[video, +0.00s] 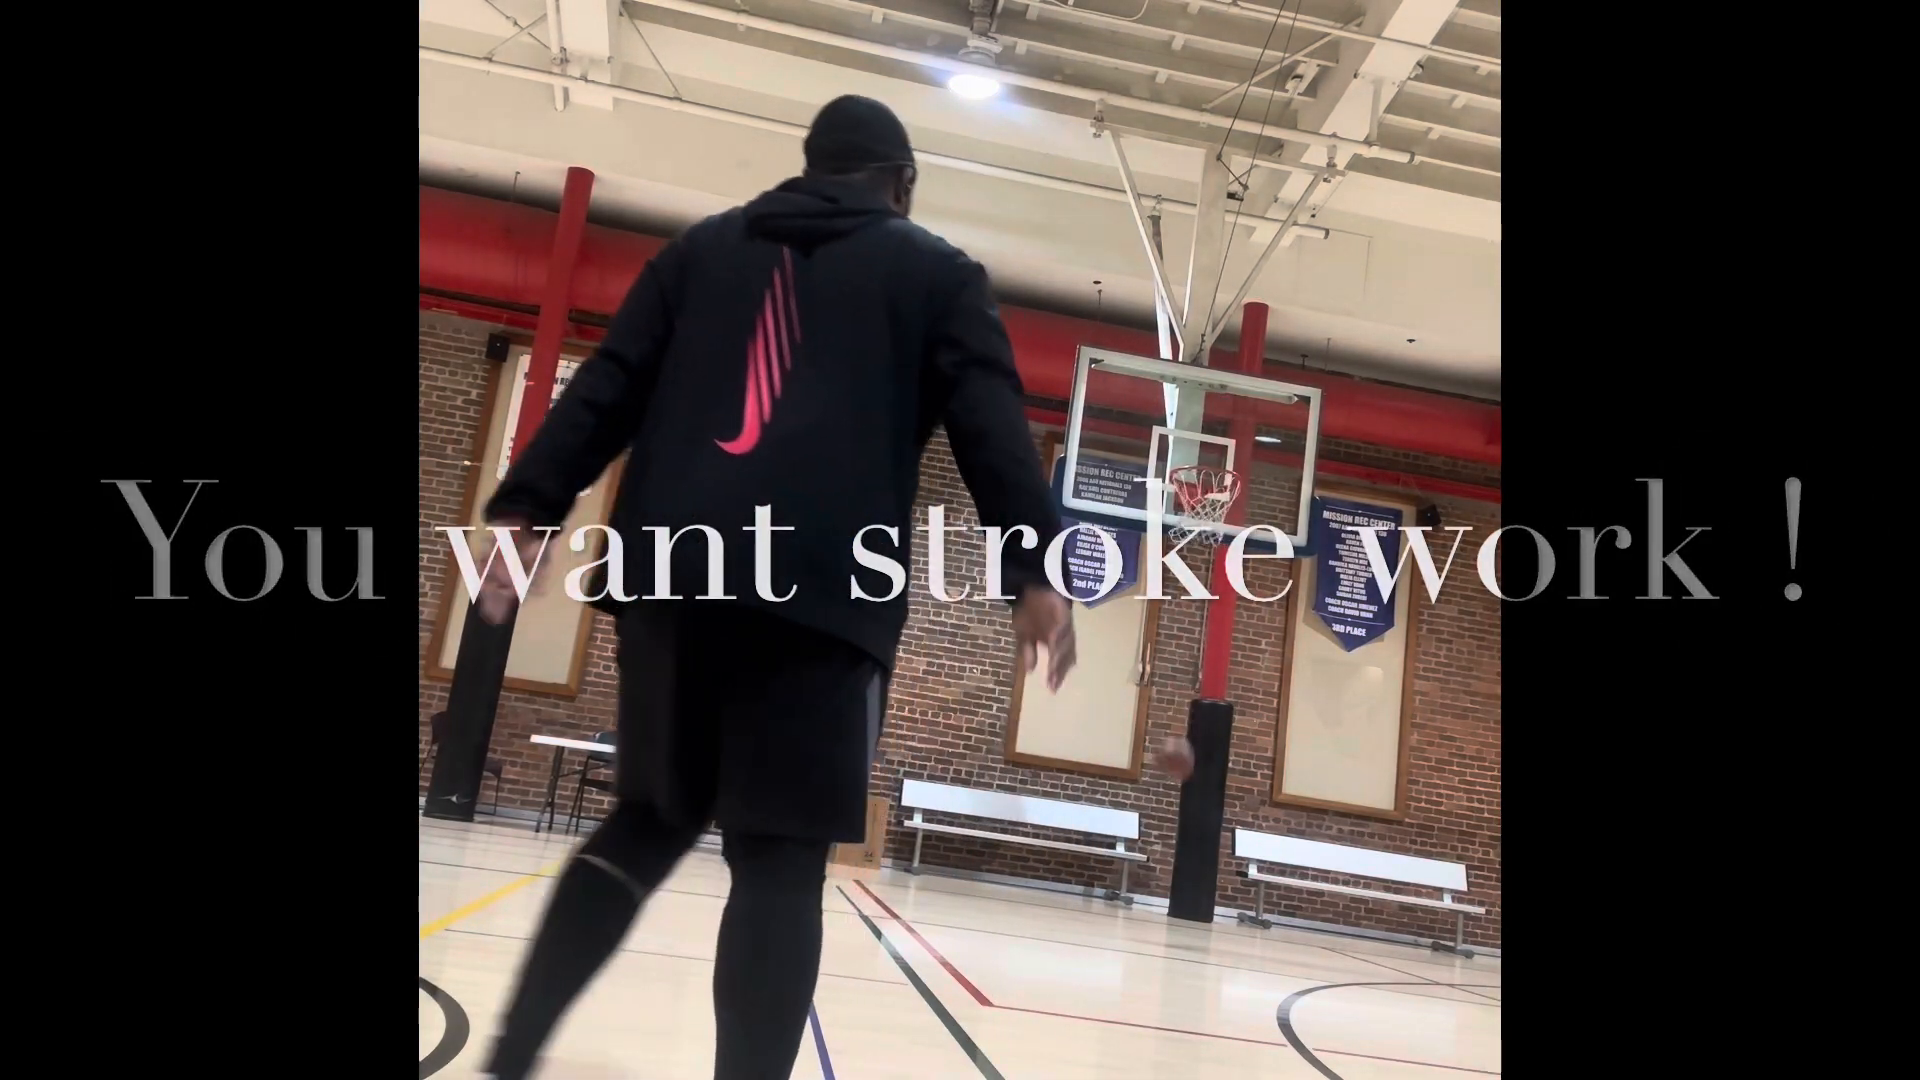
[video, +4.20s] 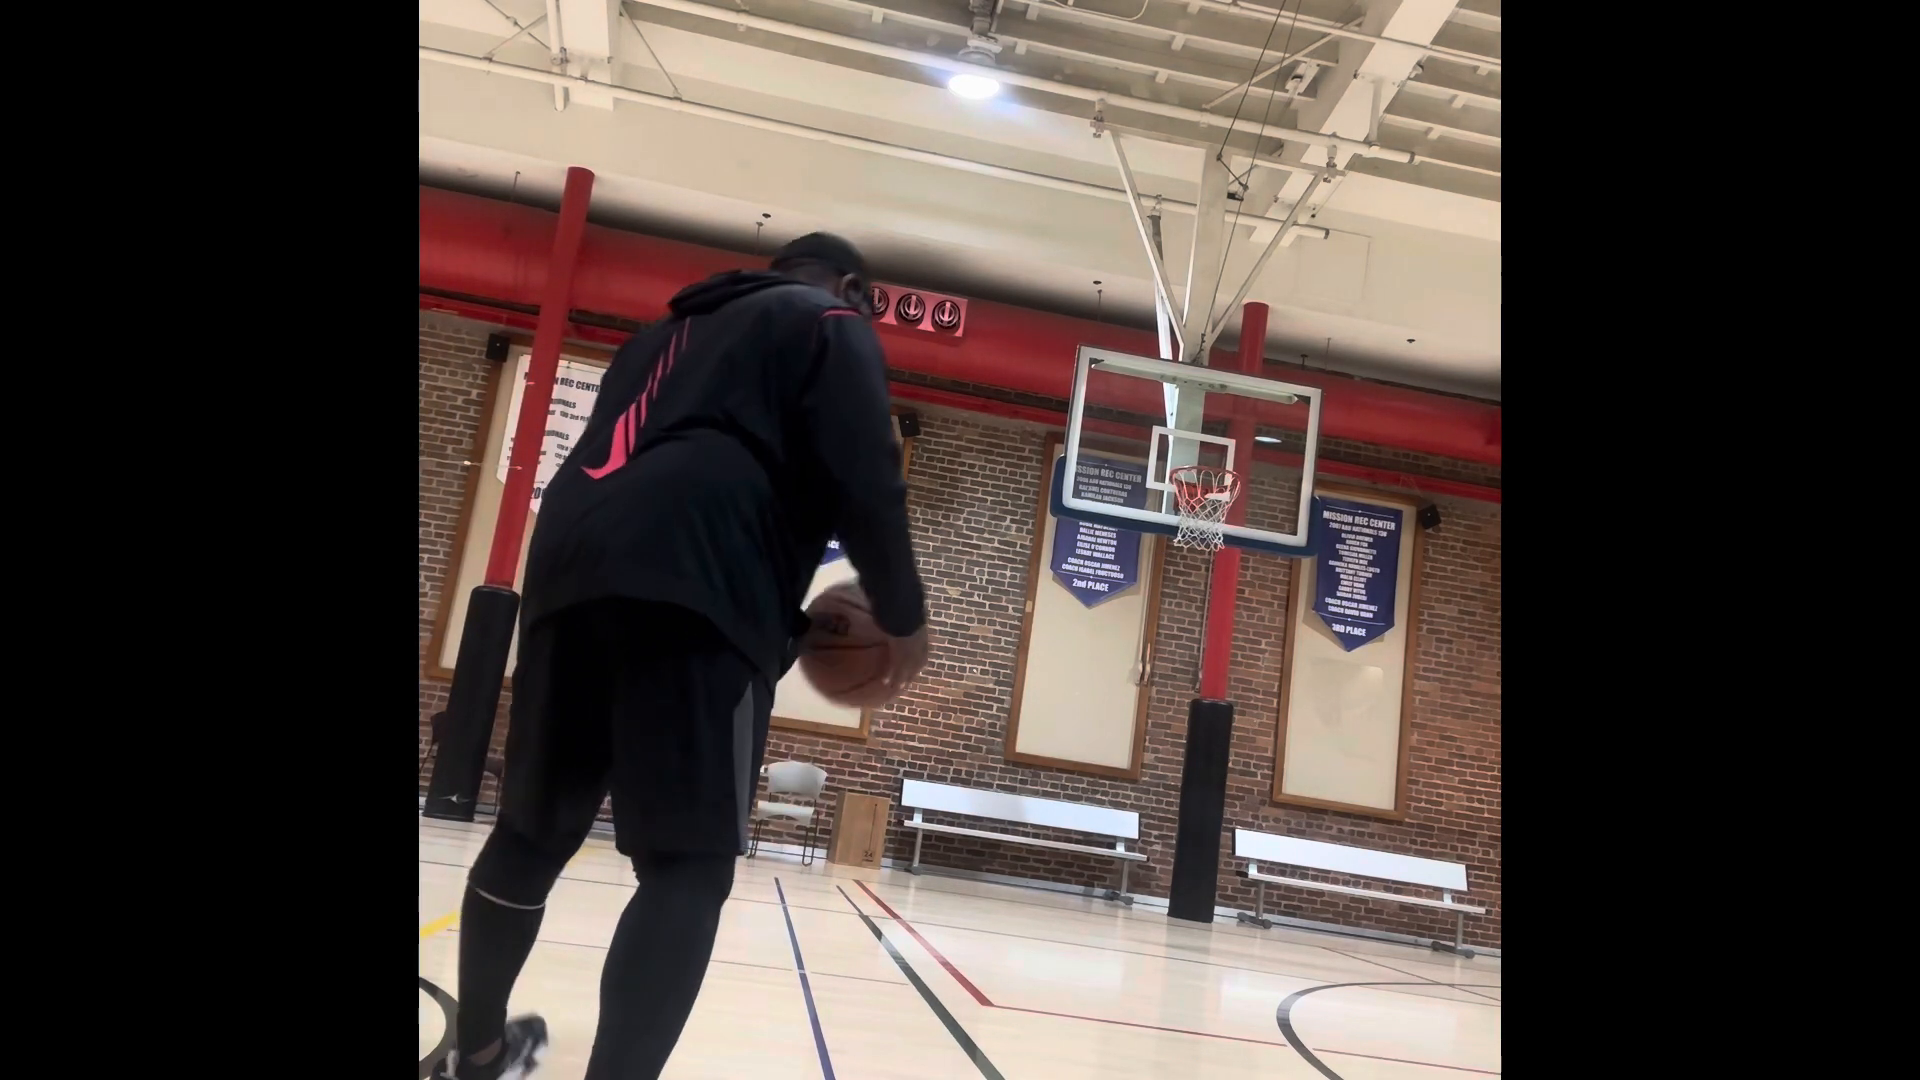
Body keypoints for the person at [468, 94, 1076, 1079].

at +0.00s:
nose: (912, 196)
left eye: (910, 185)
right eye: (913, 183)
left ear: (809, 168)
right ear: (899, 177)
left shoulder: (701, 248)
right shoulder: (931, 272)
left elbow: (611, 382)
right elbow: (989, 421)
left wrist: (528, 501)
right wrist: (1034, 568)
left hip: (664, 589)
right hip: (819, 606)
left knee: (648, 817)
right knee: (779, 861)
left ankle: (509, 1055)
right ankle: (750, 1074)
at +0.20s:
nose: (830, 183)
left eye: (825, 173)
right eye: (830, 170)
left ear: (722, 150)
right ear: (813, 161)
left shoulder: (610, 241)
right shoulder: (839, 250)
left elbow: (528, 398)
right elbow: (908, 396)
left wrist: (473, 535)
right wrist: (969, 525)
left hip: (573, 586)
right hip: (738, 603)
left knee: (491, 831)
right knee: (734, 867)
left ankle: (417, 1029)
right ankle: (731, 1068)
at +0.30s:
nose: (780, 173)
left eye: (777, 160)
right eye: (781, 158)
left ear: (672, 137)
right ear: (764, 150)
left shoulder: (557, 233)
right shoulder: (790, 245)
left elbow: (492, 405)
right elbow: (845, 421)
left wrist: (470, 565)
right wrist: (898, 581)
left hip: (529, 574)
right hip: (695, 592)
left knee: (457, 816)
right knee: (714, 847)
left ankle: (411, 1023)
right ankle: (714, 1070)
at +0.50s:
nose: (720, 164)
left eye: (717, 152)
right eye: (721, 150)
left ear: (609, 126)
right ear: (701, 142)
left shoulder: (501, 213)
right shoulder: (729, 236)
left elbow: (455, 374)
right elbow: (779, 418)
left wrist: (473, 505)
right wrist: (748, 571)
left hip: (470, 555)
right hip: (644, 571)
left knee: (442, 802)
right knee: (659, 800)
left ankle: (407, 1035)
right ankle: (597, 1055)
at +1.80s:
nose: (722, 314)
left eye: (719, 302)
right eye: (723, 302)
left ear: (642, 286)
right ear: (708, 296)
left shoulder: (563, 366)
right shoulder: (716, 373)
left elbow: (517, 494)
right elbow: (751, 505)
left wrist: (523, 594)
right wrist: (781, 628)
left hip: (542, 624)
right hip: (656, 633)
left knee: (519, 798)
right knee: (689, 789)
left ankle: (469, 1013)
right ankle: (601, 985)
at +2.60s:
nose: (825, 383)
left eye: (825, 372)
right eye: (825, 370)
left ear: (748, 355)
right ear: (804, 361)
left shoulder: (687, 418)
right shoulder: (800, 422)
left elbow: (660, 540)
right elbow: (830, 546)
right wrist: (876, 650)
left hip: (659, 652)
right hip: (751, 662)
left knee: (681, 813)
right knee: (781, 815)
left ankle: (626, 999)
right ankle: (672, 988)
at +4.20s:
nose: (861, 320)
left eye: (864, 310)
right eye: (863, 308)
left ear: (774, 268)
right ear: (846, 288)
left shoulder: (666, 333)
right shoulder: (831, 319)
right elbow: (867, 474)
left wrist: (788, 618)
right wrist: (904, 618)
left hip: (566, 575)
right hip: (692, 588)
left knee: (531, 827)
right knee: (689, 866)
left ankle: (473, 1048)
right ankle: (618, 1070)